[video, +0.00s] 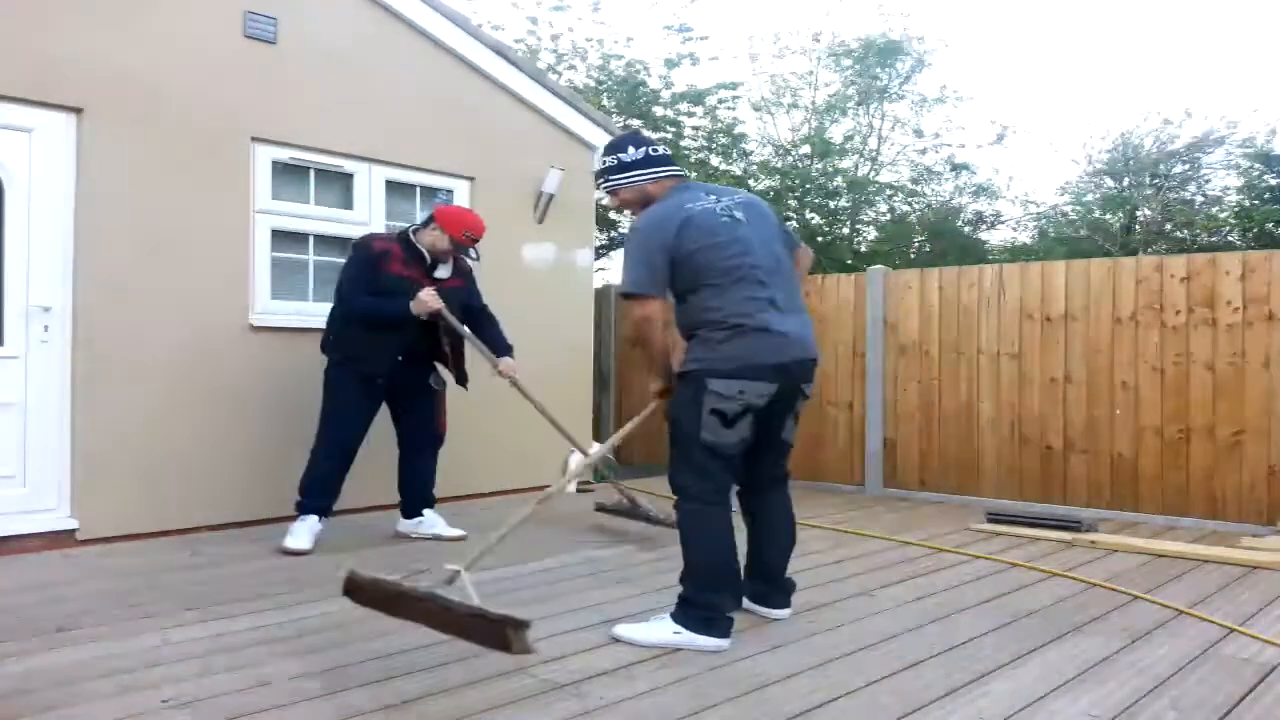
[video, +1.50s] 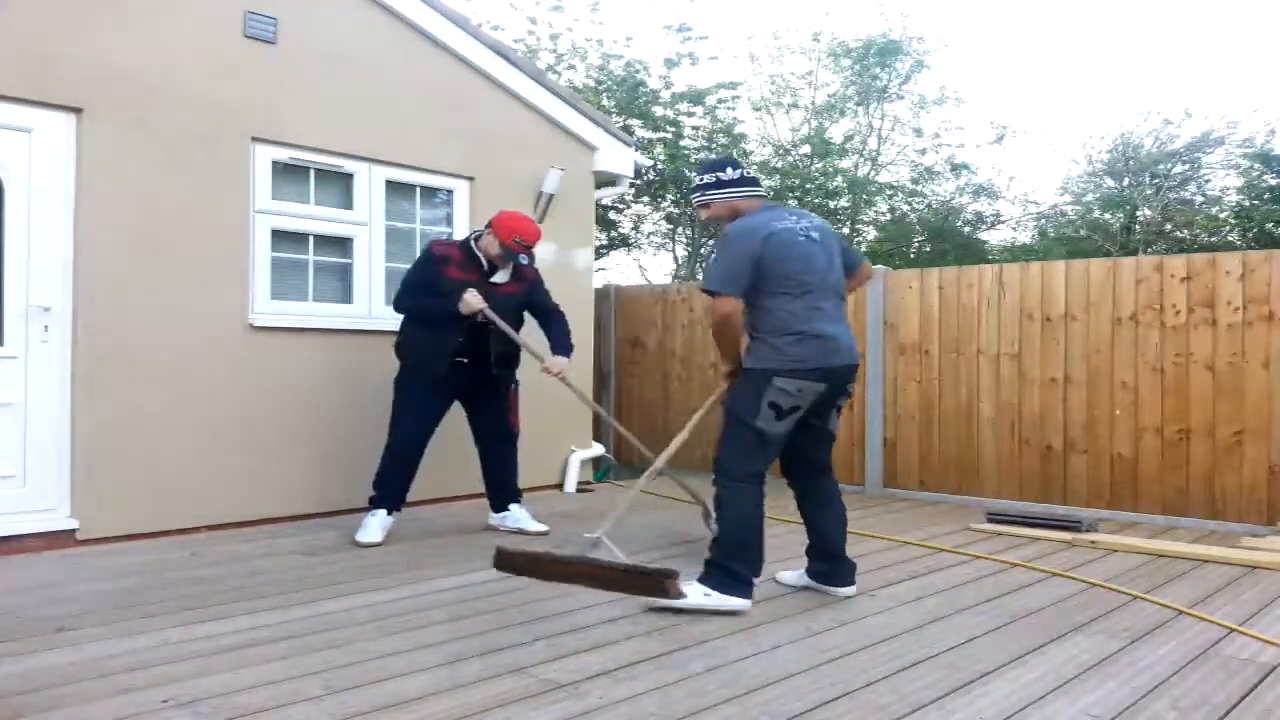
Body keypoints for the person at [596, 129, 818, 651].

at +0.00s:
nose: (617, 207)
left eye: (615, 195)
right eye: (612, 197)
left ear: (638, 182)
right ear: (663, 174)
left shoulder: (655, 222)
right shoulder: (744, 200)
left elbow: (648, 317)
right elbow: (800, 256)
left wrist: (664, 375)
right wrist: (764, 317)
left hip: (726, 360)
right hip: (794, 355)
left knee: (700, 486)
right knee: (765, 476)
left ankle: (704, 617)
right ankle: (769, 592)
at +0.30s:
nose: (618, 210)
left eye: (617, 198)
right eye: (614, 201)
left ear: (642, 187)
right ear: (665, 180)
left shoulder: (657, 231)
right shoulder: (743, 204)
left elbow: (663, 324)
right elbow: (806, 244)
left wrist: (676, 376)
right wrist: (780, 306)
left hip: (732, 358)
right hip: (797, 352)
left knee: (676, 471)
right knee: (767, 470)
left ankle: (682, 595)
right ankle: (768, 590)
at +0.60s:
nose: (580, 229)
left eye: (578, 217)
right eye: (574, 220)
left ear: (600, 203)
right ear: (621, 197)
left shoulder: (622, 237)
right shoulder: (695, 215)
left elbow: (603, 321)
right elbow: (719, 284)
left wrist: (594, 393)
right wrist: (678, 332)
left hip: (714, 360)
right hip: (781, 353)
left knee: (681, 478)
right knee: (766, 473)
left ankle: (676, 594)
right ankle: (768, 590)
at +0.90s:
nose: (573, 225)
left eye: (574, 213)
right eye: (570, 215)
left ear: (601, 203)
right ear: (618, 199)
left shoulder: (617, 239)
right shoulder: (685, 218)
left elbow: (579, 315)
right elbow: (683, 303)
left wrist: (540, 390)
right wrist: (622, 345)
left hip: (716, 360)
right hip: (779, 349)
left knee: (679, 477)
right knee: (781, 466)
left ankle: (676, 594)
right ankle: (818, 577)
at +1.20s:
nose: (624, 215)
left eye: (625, 204)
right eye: (621, 206)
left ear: (651, 196)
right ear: (670, 193)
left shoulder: (667, 234)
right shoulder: (739, 221)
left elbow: (639, 309)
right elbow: (761, 288)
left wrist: (627, 368)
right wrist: (697, 320)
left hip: (728, 366)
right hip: (785, 360)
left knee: (683, 474)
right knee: (785, 464)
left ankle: (677, 593)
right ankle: (828, 568)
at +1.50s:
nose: (703, 215)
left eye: (706, 205)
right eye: (700, 206)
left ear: (730, 196)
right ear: (749, 195)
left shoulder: (741, 234)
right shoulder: (810, 222)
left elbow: (725, 311)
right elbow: (861, 269)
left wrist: (732, 363)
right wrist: (814, 302)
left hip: (782, 363)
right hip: (836, 360)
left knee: (737, 469)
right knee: (808, 463)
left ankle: (728, 582)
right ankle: (832, 571)